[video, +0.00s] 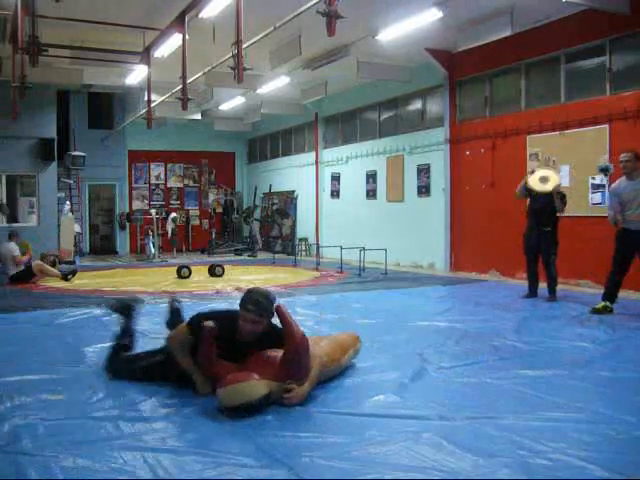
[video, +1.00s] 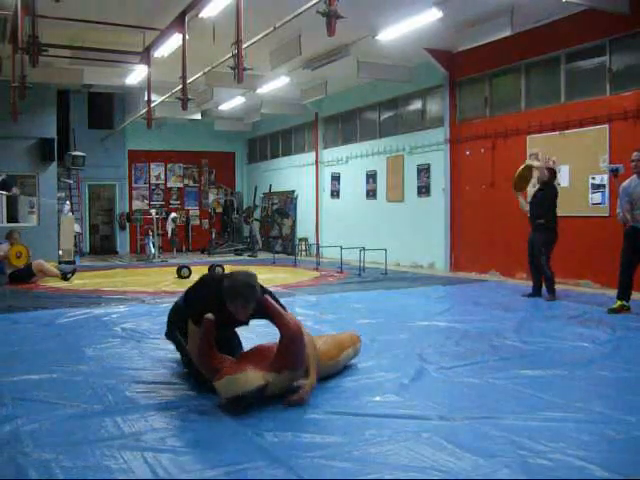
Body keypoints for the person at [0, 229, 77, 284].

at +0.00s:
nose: (18, 239)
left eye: (18, 238)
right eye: (17, 237)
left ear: (10, 237)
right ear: (14, 237)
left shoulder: (5, 246)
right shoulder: (12, 246)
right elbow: (18, 261)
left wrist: (25, 257)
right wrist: (28, 256)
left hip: (13, 275)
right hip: (15, 276)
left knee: (42, 269)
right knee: (38, 265)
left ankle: (63, 275)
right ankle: (62, 275)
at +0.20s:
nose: (22, 241)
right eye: (21, 239)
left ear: (12, 238)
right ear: (21, 239)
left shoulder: (4, 246)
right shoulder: (21, 247)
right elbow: (27, 262)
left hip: (10, 277)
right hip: (19, 276)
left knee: (40, 267)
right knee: (40, 266)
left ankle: (63, 275)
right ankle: (63, 275)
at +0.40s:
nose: (19, 240)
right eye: (19, 238)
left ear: (10, 237)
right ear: (18, 238)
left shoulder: (3, 246)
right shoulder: (17, 248)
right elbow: (23, 263)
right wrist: (29, 255)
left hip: (9, 276)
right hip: (15, 276)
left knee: (42, 268)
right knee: (41, 266)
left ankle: (63, 275)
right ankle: (63, 276)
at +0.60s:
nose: (17, 241)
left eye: (18, 239)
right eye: (16, 238)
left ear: (17, 240)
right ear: (10, 238)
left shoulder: (14, 248)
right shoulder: (6, 247)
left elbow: (25, 261)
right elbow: (8, 262)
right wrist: (19, 256)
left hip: (19, 274)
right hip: (12, 276)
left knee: (43, 269)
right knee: (38, 265)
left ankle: (64, 273)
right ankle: (62, 275)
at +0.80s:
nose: (15, 241)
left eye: (16, 239)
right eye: (13, 239)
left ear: (18, 239)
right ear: (8, 240)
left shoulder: (18, 247)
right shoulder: (4, 247)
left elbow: (25, 262)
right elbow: (3, 259)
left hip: (21, 273)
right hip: (12, 275)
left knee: (44, 269)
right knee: (38, 264)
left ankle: (63, 273)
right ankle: (61, 276)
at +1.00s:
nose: (16, 241)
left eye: (17, 239)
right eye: (14, 239)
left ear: (18, 238)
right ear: (9, 239)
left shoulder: (19, 247)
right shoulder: (5, 247)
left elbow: (24, 263)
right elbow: (2, 256)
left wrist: (27, 256)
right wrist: (6, 254)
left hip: (22, 274)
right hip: (13, 275)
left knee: (45, 270)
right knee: (39, 264)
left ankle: (63, 274)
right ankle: (62, 275)